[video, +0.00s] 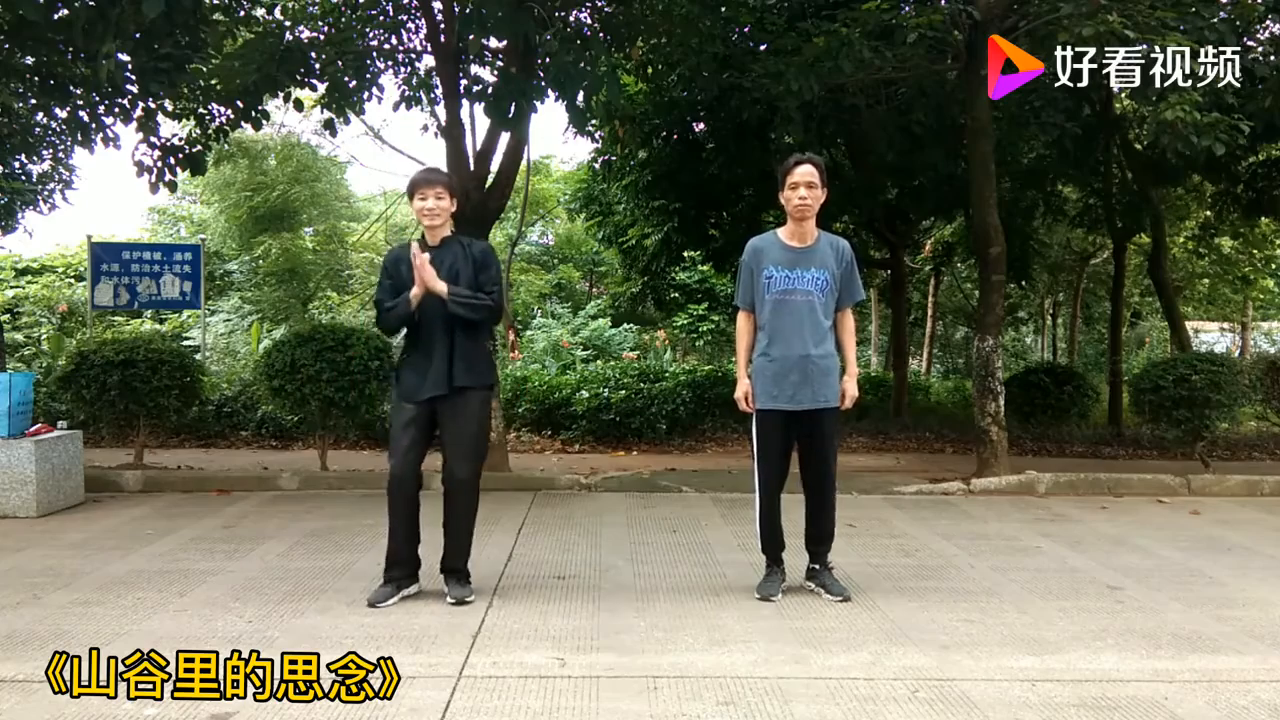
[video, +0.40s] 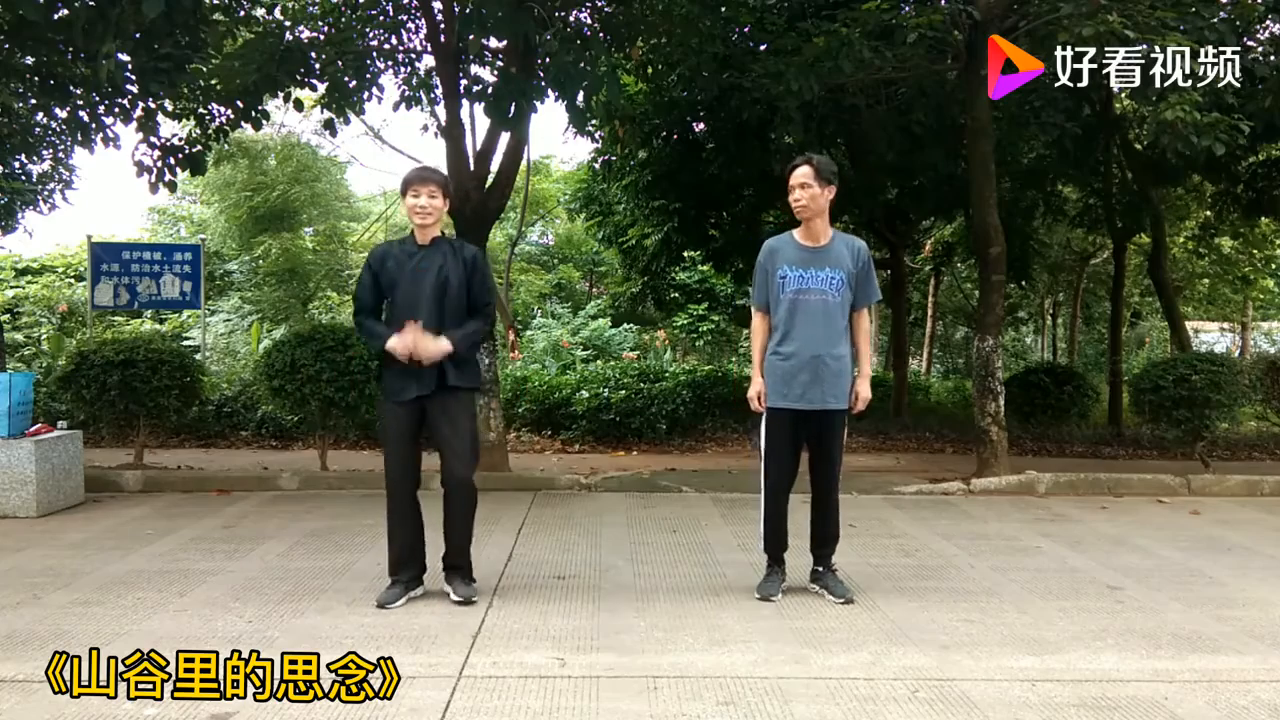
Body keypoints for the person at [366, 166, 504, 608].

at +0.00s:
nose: (430, 205)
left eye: (438, 197)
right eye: (422, 199)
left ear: (453, 203)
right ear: (412, 207)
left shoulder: (478, 252)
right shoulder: (398, 259)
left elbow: (492, 309)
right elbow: (386, 321)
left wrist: (440, 287)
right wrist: (417, 290)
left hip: (468, 381)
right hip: (415, 380)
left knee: (461, 477)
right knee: (400, 472)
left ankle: (457, 574)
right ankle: (400, 575)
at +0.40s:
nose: (423, 203)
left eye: (432, 196)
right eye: (414, 196)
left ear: (445, 203)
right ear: (404, 203)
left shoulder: (468, 257)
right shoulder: (382, 257)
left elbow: (485, 318)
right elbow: (363, 318)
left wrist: (446, 344)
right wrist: (391, 339)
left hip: (453, 386)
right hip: (398, 387)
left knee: (460, 478)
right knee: (399, 482)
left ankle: (458, 573)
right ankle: (405, 575)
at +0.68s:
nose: (428, 201)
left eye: (436, 194)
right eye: (419, 194)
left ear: (448, 202)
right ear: (407, 201)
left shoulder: (468, 256)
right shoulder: (383, 254)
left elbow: (486, 323)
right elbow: (362, 320)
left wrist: (496, 382)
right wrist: (351, 381)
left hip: (453, 384)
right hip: (395, 385)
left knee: (460, 473)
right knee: (398, 483)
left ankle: (461, 571)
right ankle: (405, 575)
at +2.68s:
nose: (444, 200)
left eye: (452, 193)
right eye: (435, 192)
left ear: (460, 199)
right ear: (418, 198)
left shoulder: (478, 253)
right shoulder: (395, 252)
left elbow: (494, 322)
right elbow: (382, 321)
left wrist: (489, 382)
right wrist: (385, 379)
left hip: (462, 384)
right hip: (408, 384)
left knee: (460, 483)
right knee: (412, 484)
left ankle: (463, 572)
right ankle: (413, 576)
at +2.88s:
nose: (435, 198)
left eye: (444, 191)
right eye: (427, 190)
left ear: (456, 198)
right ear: (414, 197)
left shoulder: (476, 249)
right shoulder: (398, 252)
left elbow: (513, 306)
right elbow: (377, 307)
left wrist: (531, 362)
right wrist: (349, 340)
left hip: (461, 382)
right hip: (408, 382)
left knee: (460, 481)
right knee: (410, 482)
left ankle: (462, 572)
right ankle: (412, 576)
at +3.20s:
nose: (426, 194)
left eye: (435, 187)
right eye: (419, 187)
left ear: (449, 193)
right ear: (408, 192)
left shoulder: (471, 245)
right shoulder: (388, 248)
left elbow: (499, 306)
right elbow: (368, 309)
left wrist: (516, 364)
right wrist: (352, 361)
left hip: (462, 362)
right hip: (412, 366)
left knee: (450, 422)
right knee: (417, 470)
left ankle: (453, 524)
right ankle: (421, 573)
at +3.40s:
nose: (435, 200)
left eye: (444, 193)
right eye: (427, 192)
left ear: (456, 199)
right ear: (415, 197)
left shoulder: (476, 252)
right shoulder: (394, 249)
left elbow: (489, 312)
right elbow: (369, 306)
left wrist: (488, 370)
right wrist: (392, 318)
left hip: (466, 352)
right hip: (414, 360)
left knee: (432, 373)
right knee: (428, 460)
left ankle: (434, 472)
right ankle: (439, 559)